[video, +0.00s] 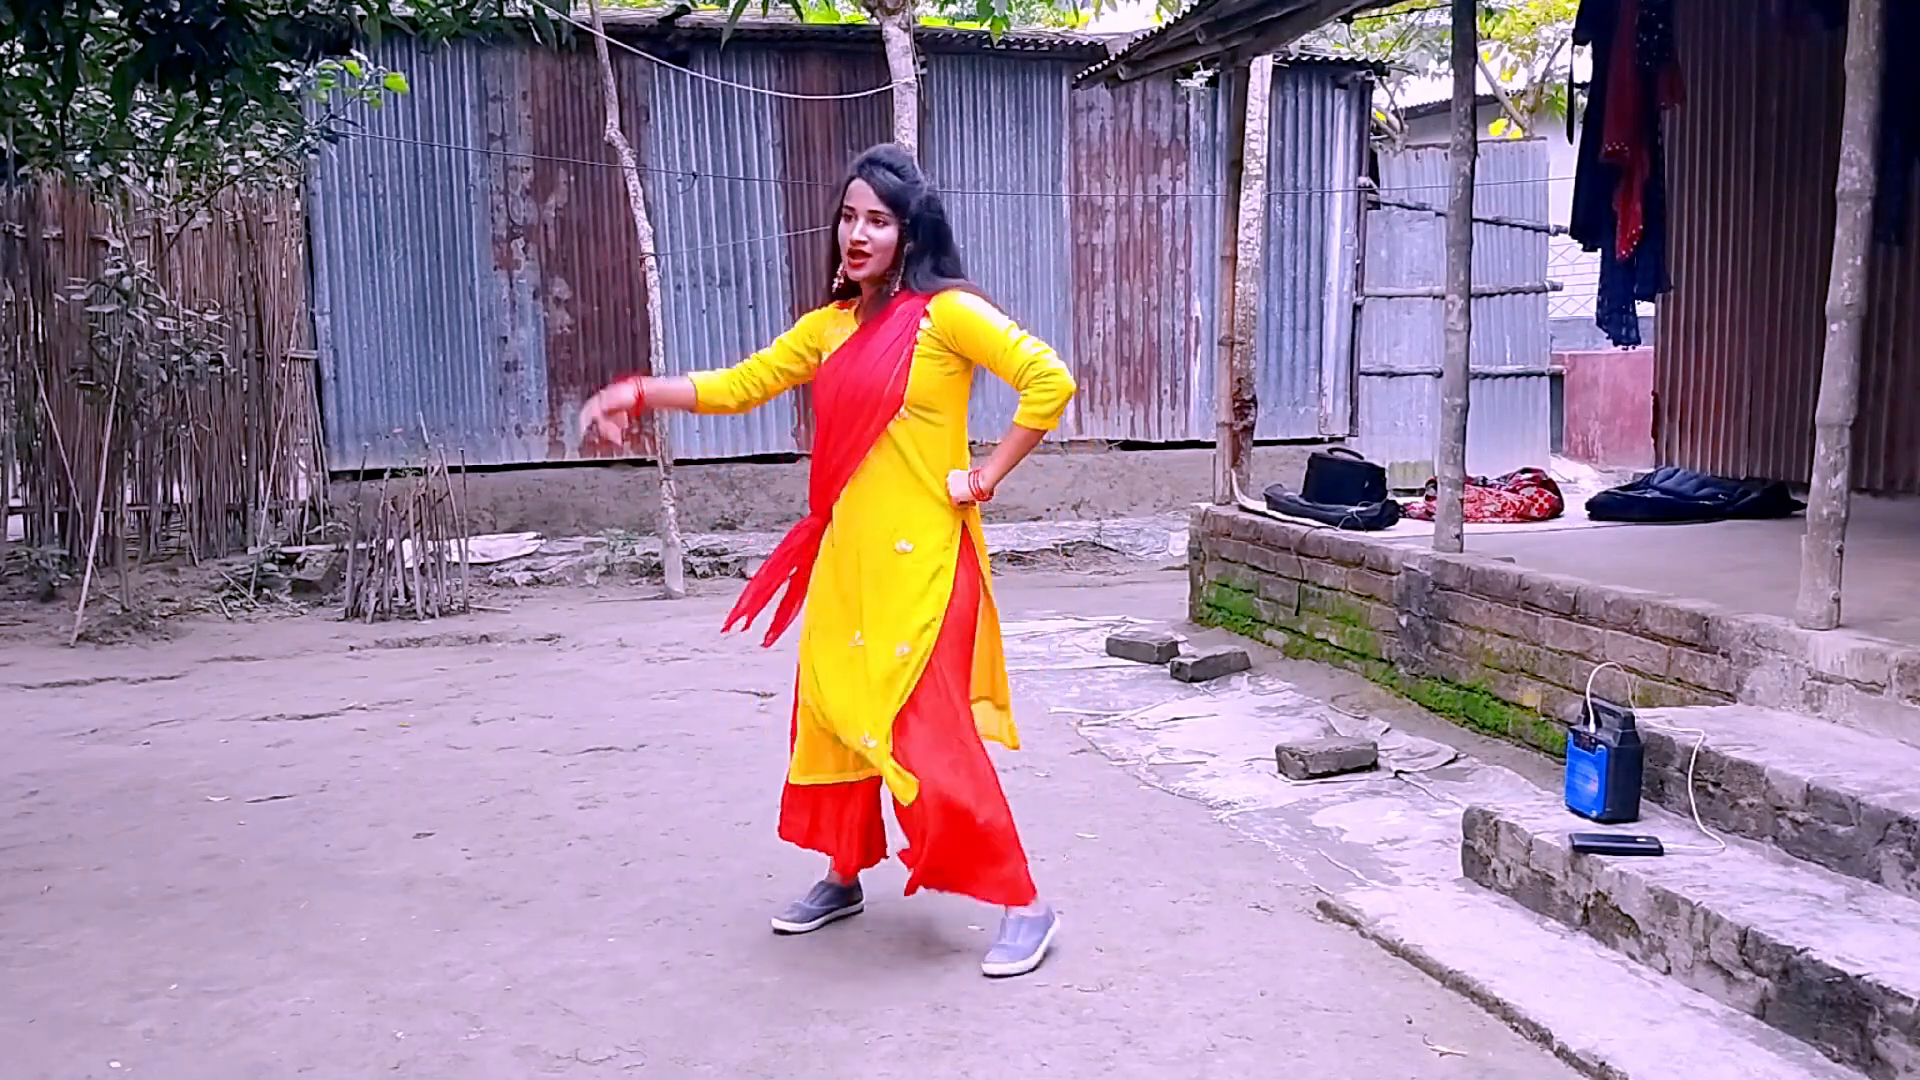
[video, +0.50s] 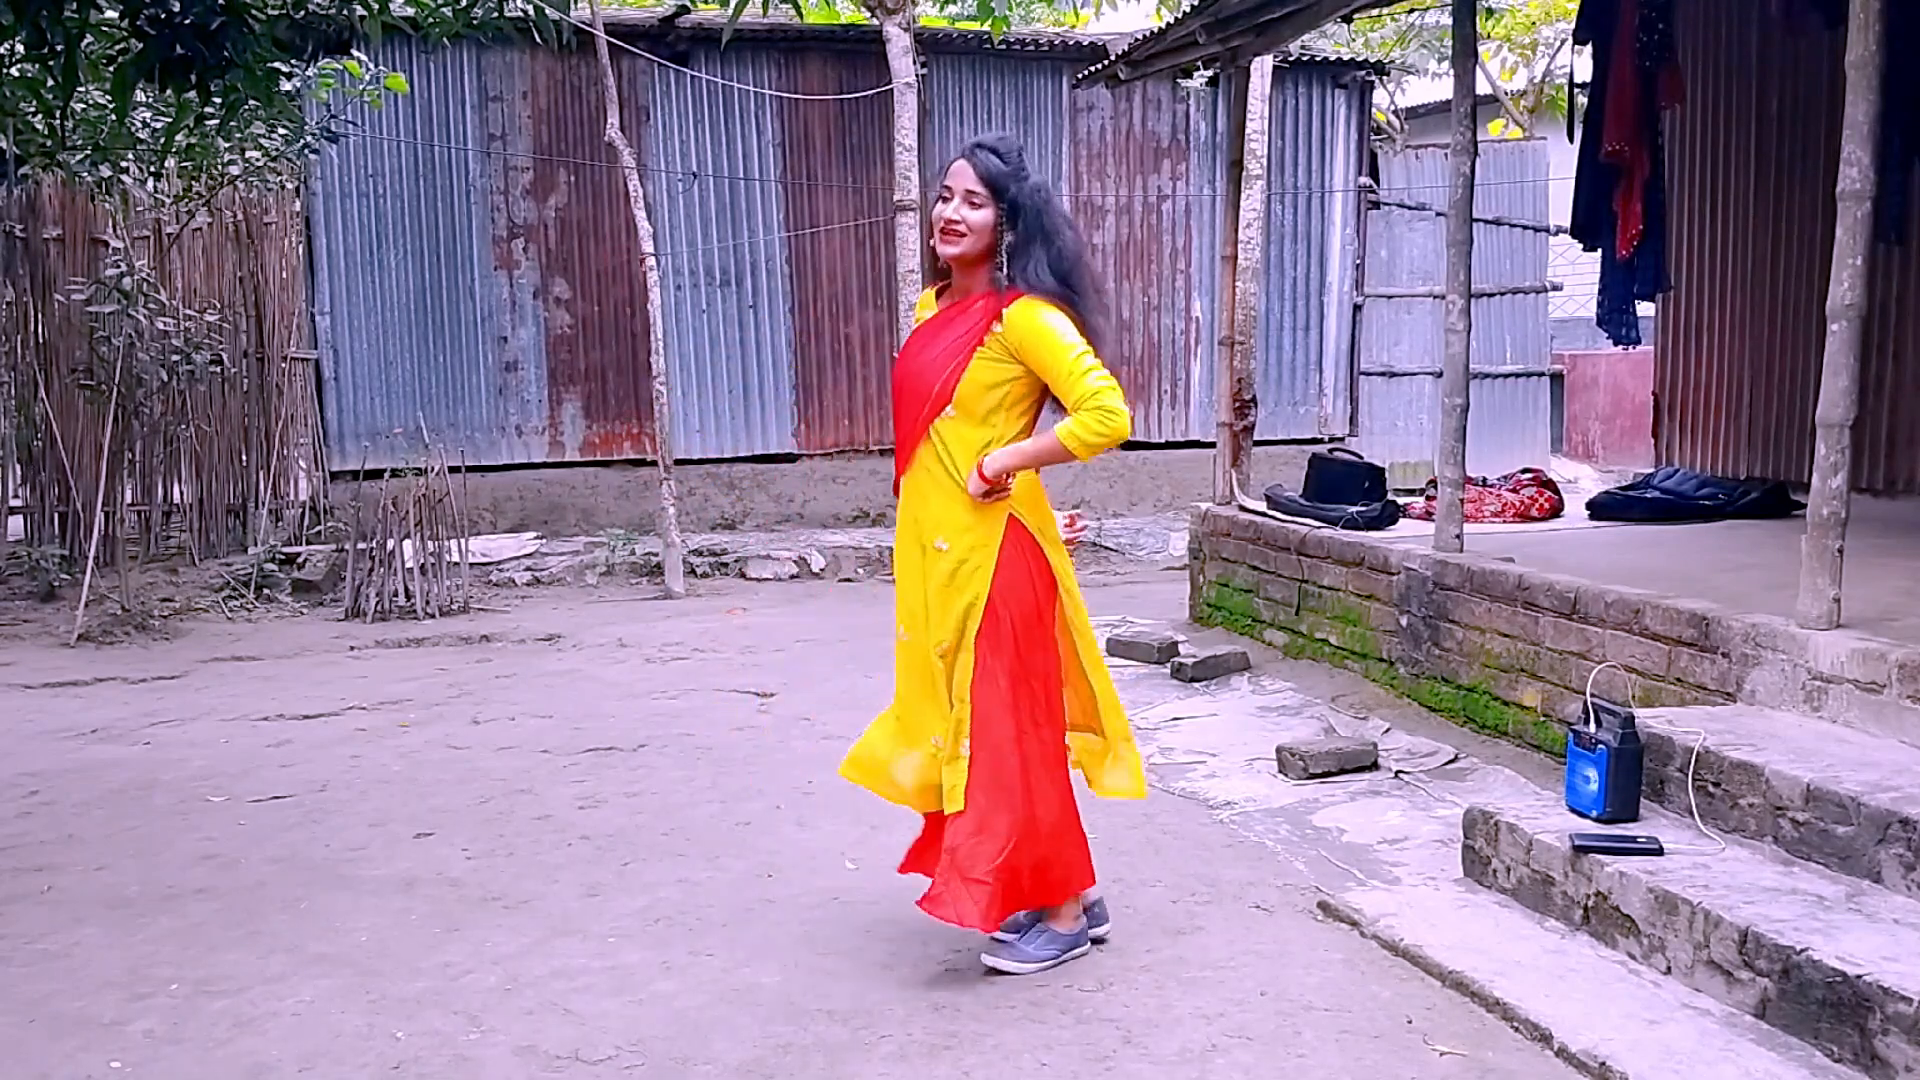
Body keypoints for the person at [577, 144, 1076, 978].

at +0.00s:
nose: (856, 233)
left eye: (875, 219)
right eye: (848, 216)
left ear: (911, 231)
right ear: (836, 226)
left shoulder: (947, 312)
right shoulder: (829, 325)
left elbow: (1051, 382)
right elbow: (737, 386)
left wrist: (987, 473)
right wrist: (637, 390)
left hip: (924, 544)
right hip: (845, 545)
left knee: (923, 720)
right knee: (831, 705)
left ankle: (1024, 905)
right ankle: (840, 877)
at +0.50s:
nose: (950, 211)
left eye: (972, 200)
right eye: (945, 196)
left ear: (1007, 220)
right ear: (933, 209)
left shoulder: (1025, 316)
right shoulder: (934, 310)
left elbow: (1106, 415)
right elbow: (958, 428)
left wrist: (1005, 461)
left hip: (999, 545)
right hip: (944, 543)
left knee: (1008, 722)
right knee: (988, 721)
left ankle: (1067, 907)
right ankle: (1057, 890)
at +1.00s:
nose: (905, 232)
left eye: (924, 218)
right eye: (896, 219)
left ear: (963, 235)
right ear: (888, 235)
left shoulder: (999, 333)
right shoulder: (850, 332)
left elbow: (1079, 427)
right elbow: (830, 437)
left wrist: (998, 496)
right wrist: (833, 520)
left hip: (963, 555)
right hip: (868, 555)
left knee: (996, 729)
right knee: (864, 715)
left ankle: (1038, 912)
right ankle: (860, 873)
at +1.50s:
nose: (916, 250)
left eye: (932, 235)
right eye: (907, 240)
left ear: (971, 249)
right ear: (902, 259)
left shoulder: (997, 333)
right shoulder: (913, 359)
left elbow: (1005, 439)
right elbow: (858, 432)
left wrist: (921, 501)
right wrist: (810, 399)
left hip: (984, 564)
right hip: (912, 560)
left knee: (968, 739)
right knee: (856, 701)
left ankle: (1066, 908)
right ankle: (858, 874)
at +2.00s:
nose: (923, 242)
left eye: (940, 231)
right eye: (914, 232)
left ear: (971, 256)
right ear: (901, 255)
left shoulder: (1005, 352)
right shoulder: (863, 333)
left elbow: (1037, 453)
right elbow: (813, 441)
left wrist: (984, 529)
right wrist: (784, 407)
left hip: (972, 555)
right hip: (879, 555)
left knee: (994, 714)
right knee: (878, 712)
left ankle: (1060, 893)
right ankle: (894, 866)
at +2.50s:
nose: (968, 258)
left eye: (983, 243)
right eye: (959, 248)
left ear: (1022, 250)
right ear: (951, 263)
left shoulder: (1055, 328)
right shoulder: (941, 341)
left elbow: (1018, 401)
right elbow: (907, 433)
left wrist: (953, 323)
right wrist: (872, 455)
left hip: (999, 555)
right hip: (917, 550)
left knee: (1027, 725)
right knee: (887, 698)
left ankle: (1066, 900)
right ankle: (903, 860)